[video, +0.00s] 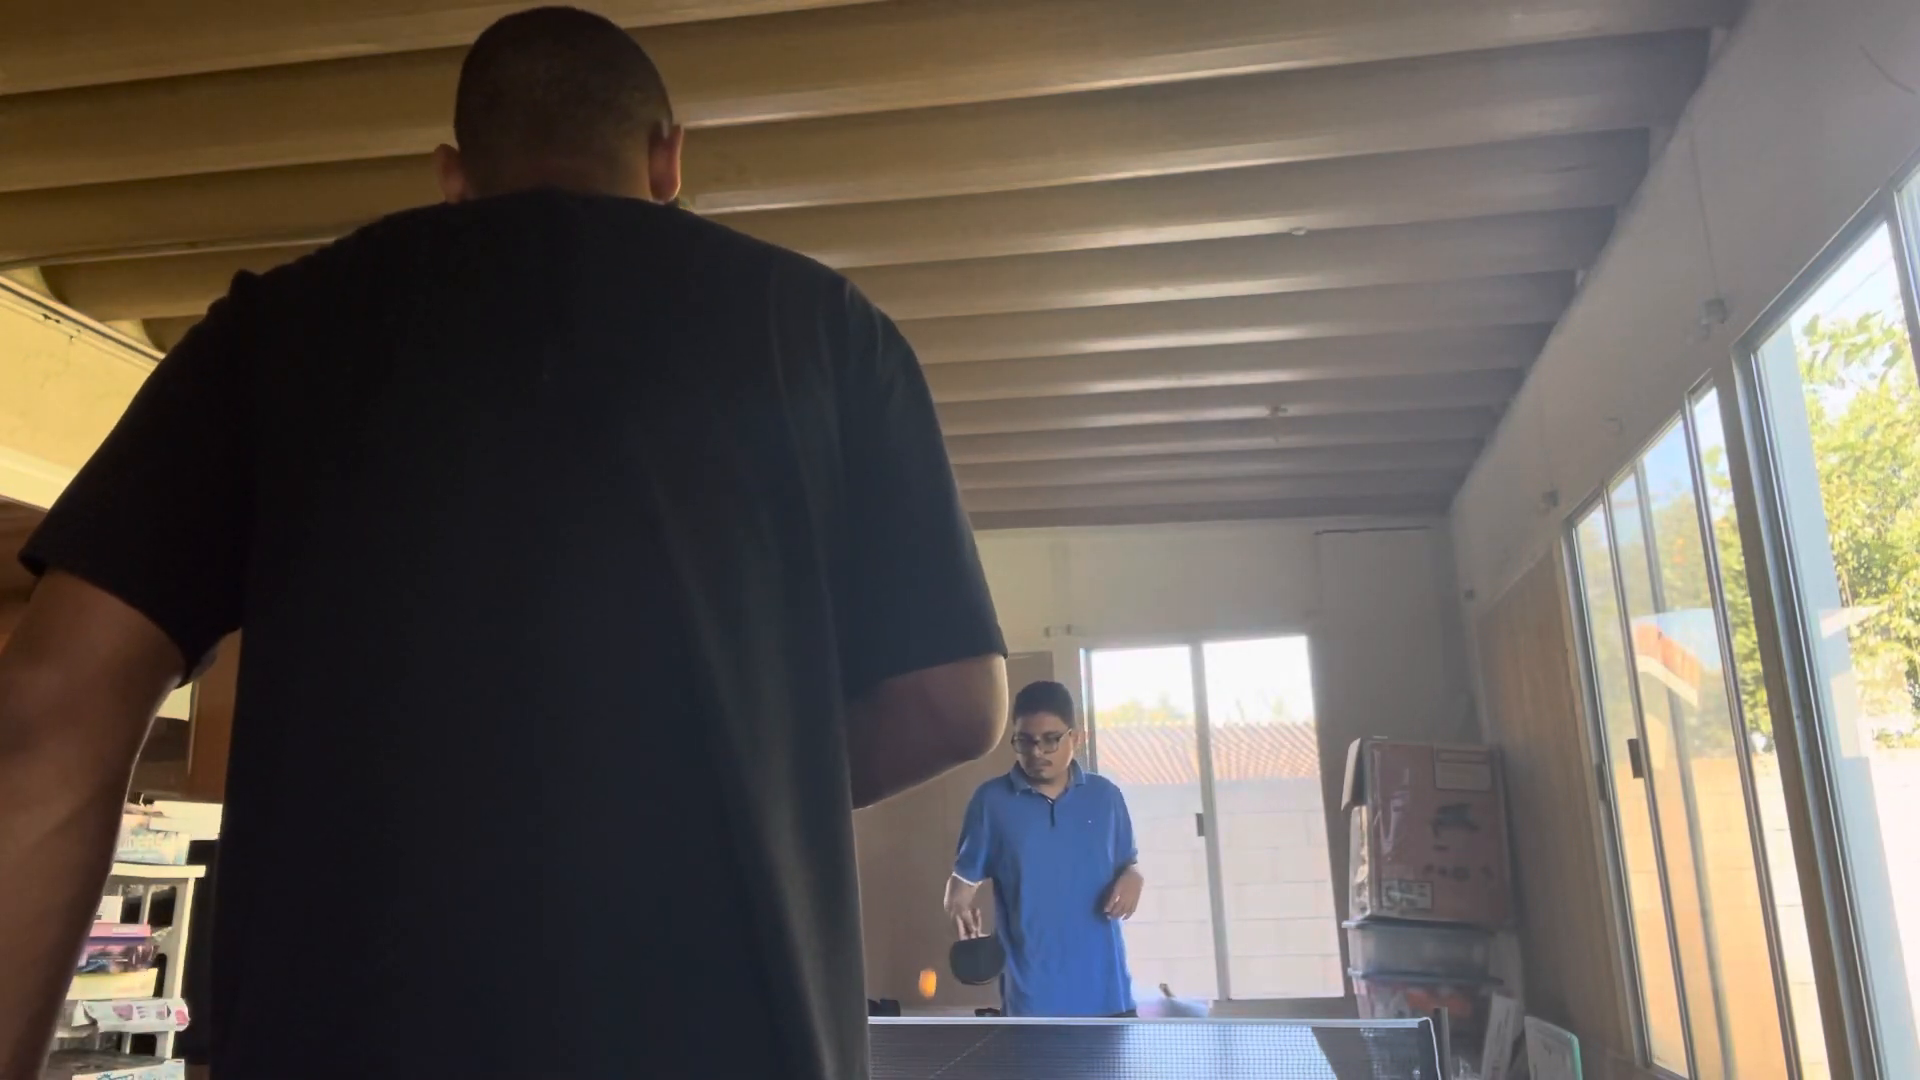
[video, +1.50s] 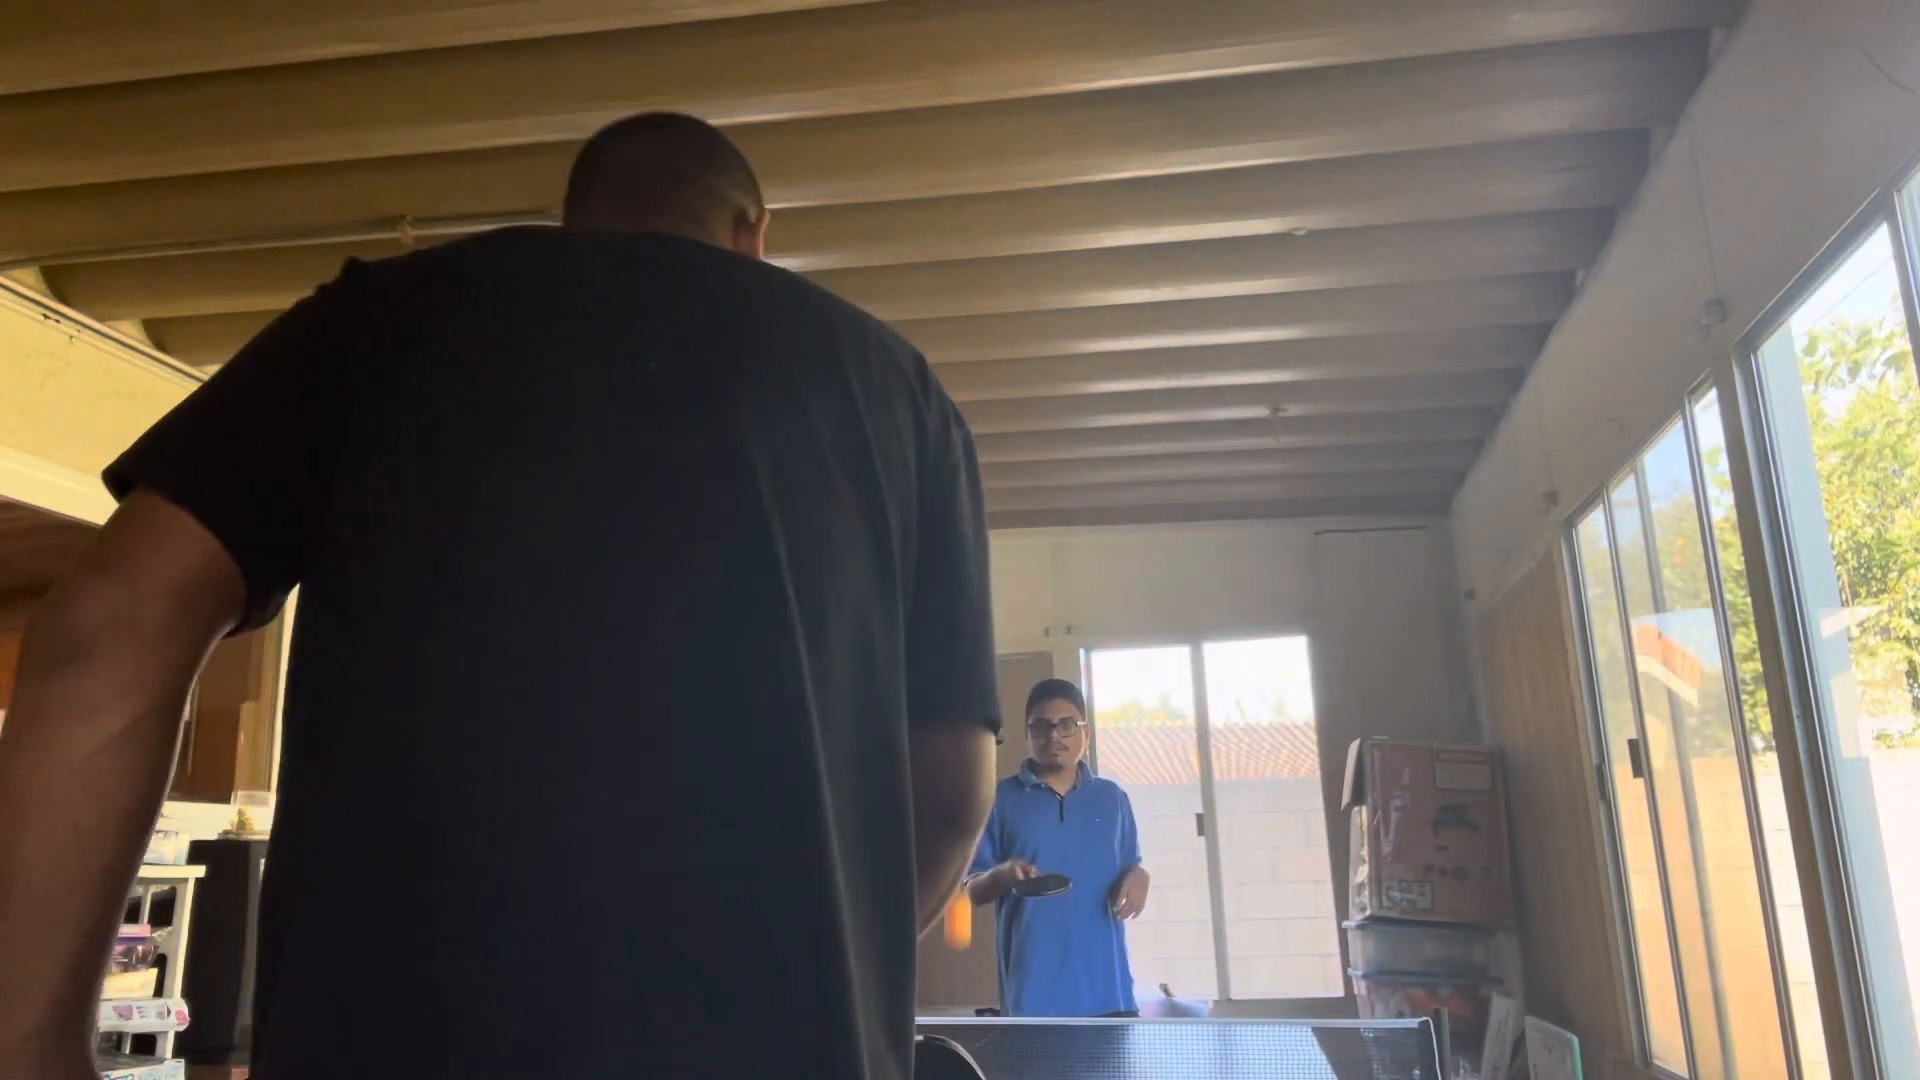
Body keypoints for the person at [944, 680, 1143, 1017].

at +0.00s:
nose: (1038, 752)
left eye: (1051, 739)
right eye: (1026, 740)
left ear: (1075, 739)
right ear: (1013, 740)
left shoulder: (1105, 797)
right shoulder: (992, 801)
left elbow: (1127, 864)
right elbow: (964, 880)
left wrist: (1133, 879)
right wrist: (960, 906)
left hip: (1105, 990)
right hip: (1032, 996)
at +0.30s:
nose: (1043, 751)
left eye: (1056, 738)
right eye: (1030, 739)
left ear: (1078, 739)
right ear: (1016, 738)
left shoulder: (1100, 800)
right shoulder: (992, 796)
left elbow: (1112, 877)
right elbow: (962, 871)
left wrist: (1130, 883)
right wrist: (972, 900)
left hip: (1098, 992)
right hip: (1023, 996)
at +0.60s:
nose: (1045, 750)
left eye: (1057, 737)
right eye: (1032, 738)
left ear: (1079, 737)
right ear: (1018, 738)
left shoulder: (1100, 801)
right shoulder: (995, 793)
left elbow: (1113, 881)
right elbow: (959, 869)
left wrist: (1134, 882)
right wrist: (995, 906)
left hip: (1098, 992)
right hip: (1023, 997)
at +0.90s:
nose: (1046, 743)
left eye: (1058, 731)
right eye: (1033, 733)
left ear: (1079, 734)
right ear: (1018, 738)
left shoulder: (1102, 800)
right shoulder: (996, 795)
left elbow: (1118, 881)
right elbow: (958, 879)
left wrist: (1140, 877)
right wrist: (990, 847)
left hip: (1102, 991)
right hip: (1027, 995)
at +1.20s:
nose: (1052, 737)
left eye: (1063, 725)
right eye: (1039, 727)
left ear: (1083, 733)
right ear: (1025, 735)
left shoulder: (1106, 798)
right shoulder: (998, 799)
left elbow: (1119, 883)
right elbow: (967, 890)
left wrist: (1139, 879)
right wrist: (1005, 873)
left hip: (1105, 991)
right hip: (1031, 996)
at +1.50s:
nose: (1054, 736)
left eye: (1066, 724)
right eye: (1042, 726)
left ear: (1085, 733)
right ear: (1027, 733)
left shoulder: (1111, 798)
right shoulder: (1003, 799)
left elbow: (1128, 871)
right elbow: (972, 891)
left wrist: (1140, 876)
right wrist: (1002, 875)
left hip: (1106, 989)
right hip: (1033, 993)